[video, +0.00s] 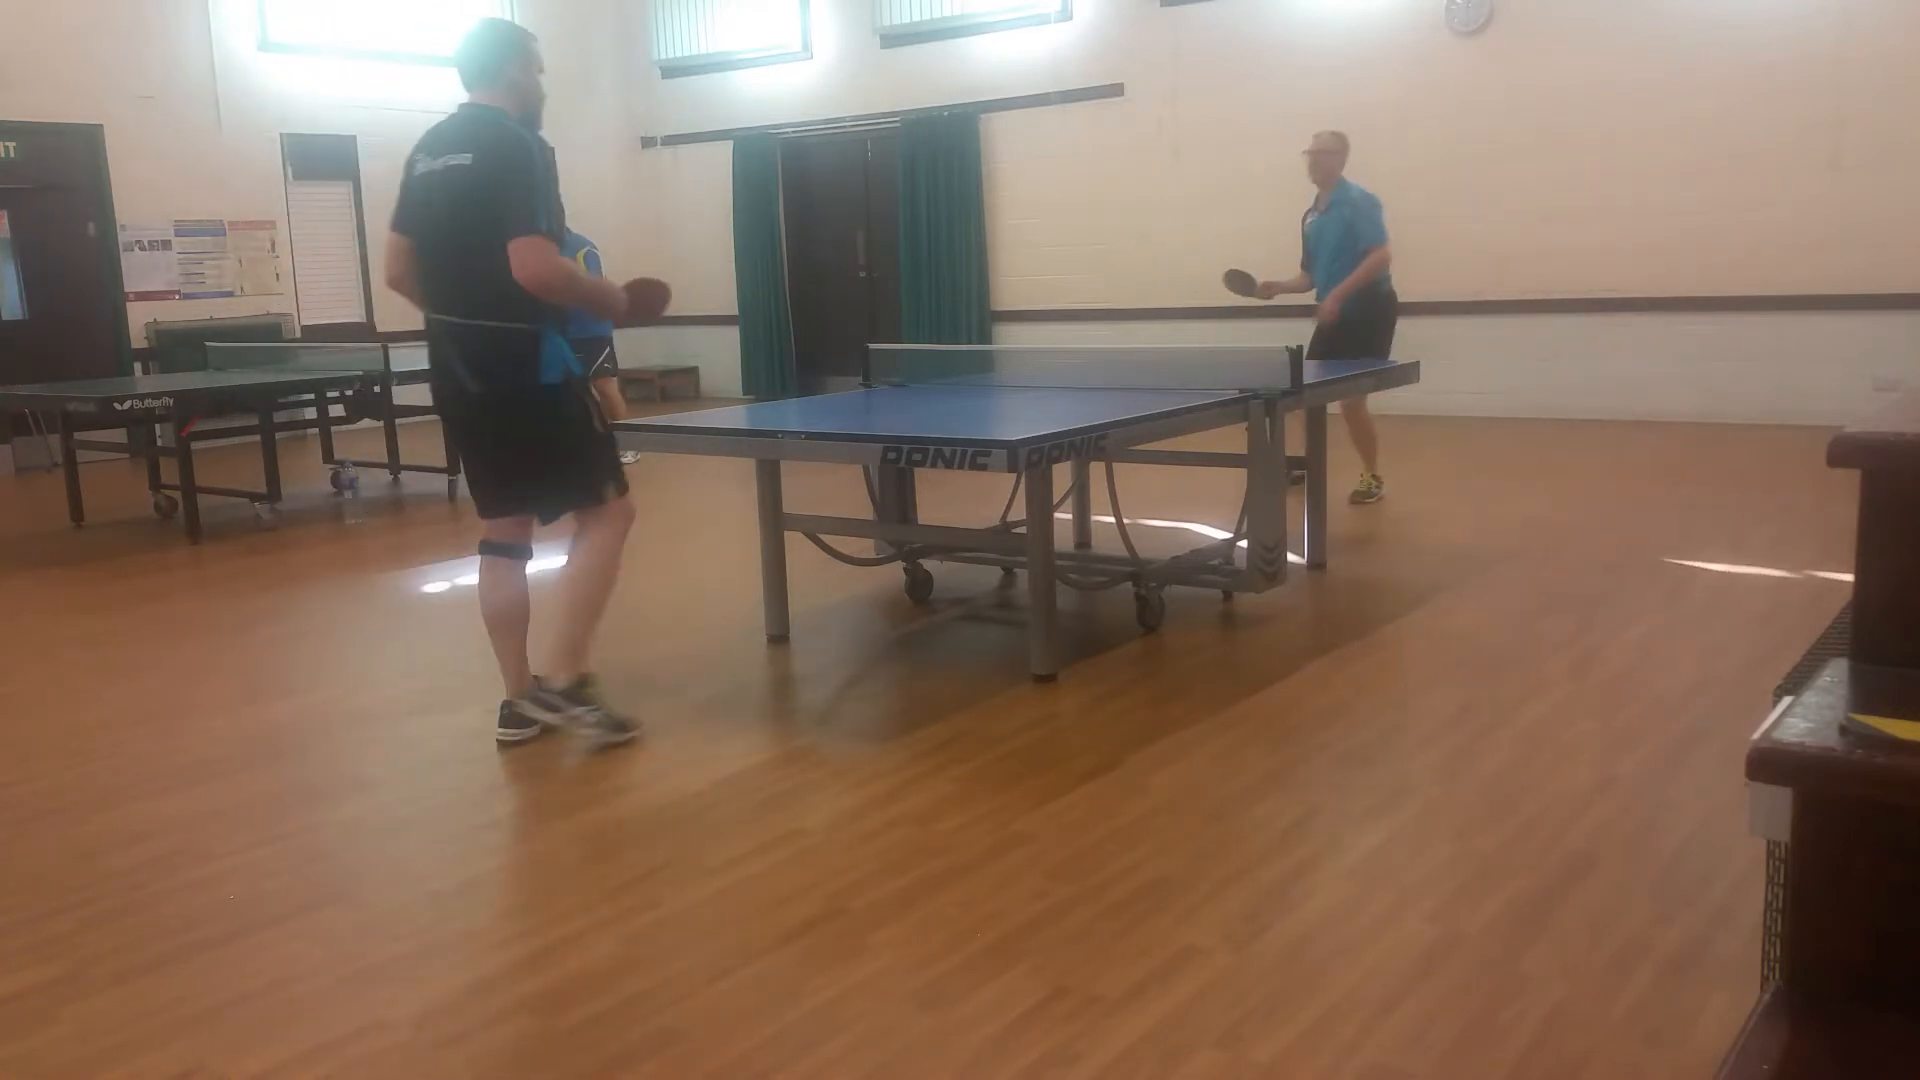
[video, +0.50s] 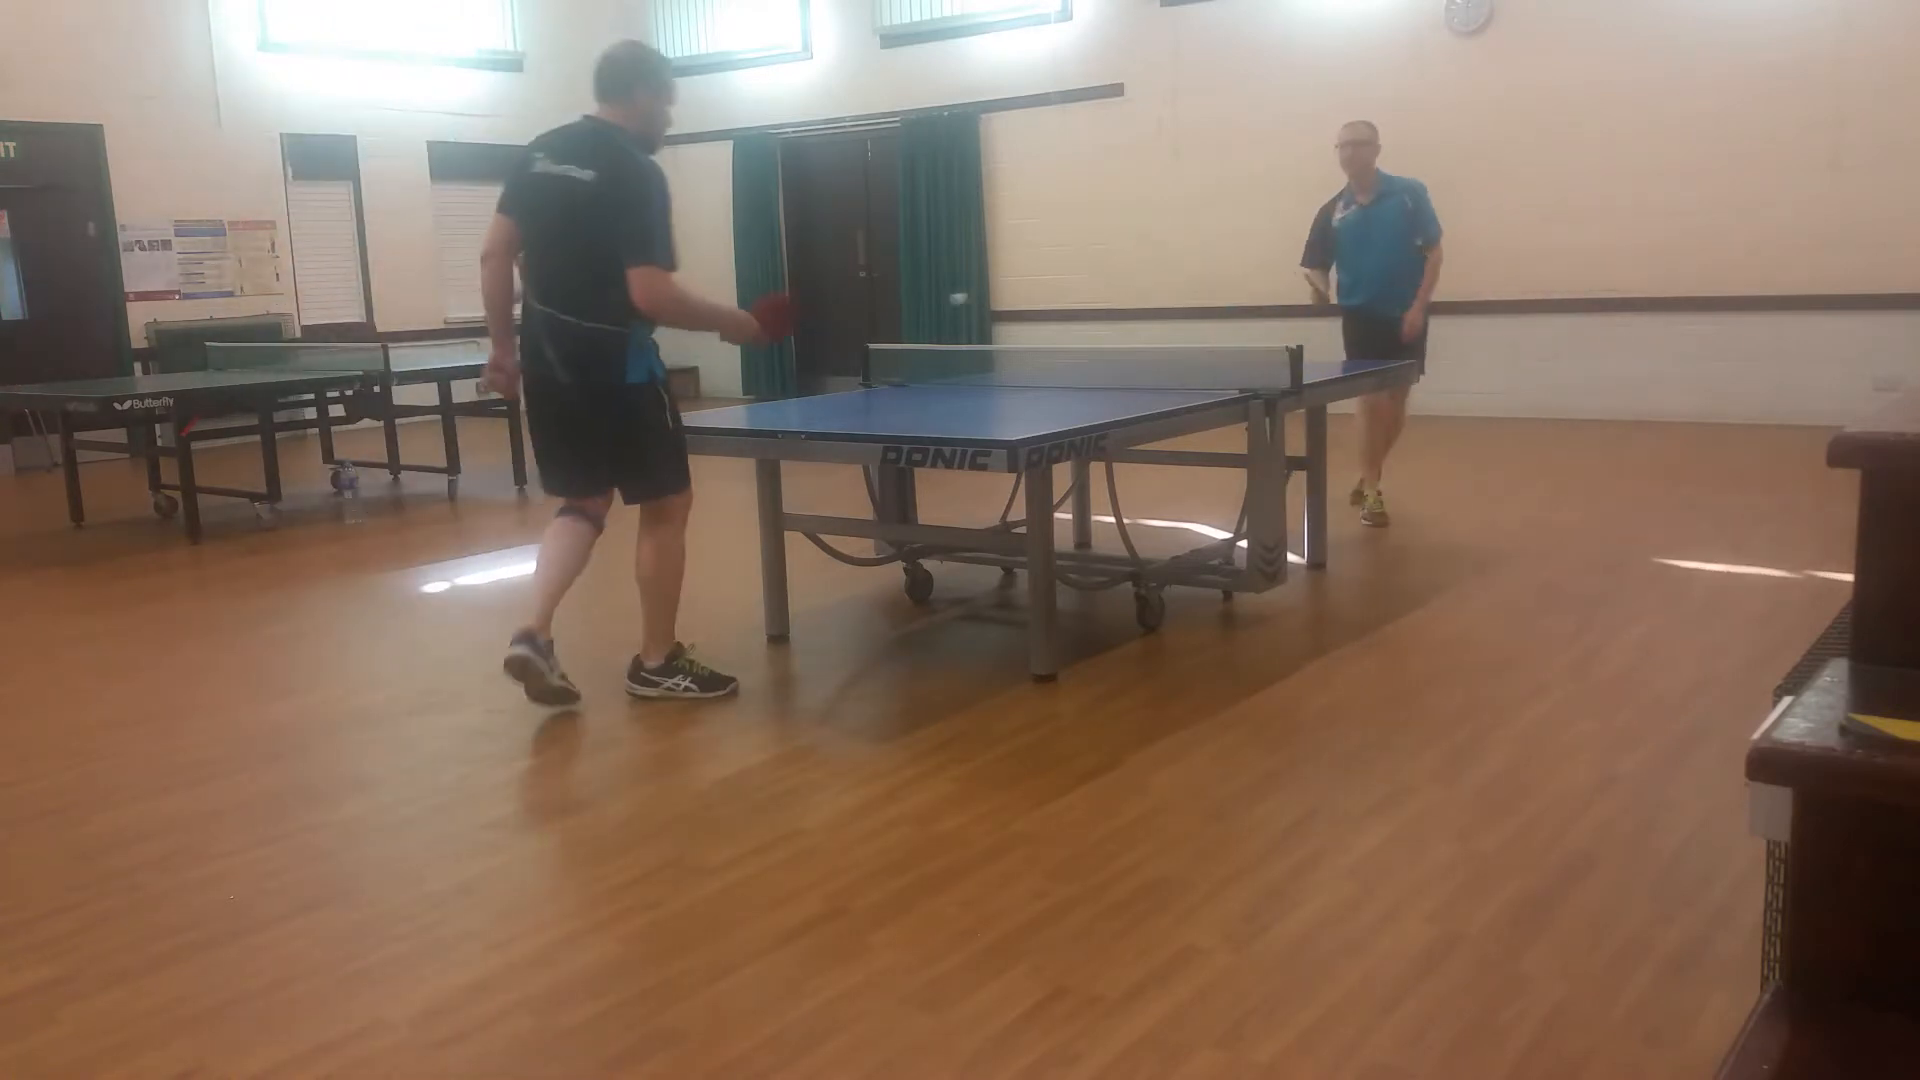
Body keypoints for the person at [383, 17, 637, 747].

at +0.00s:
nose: (542, 84)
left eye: (539, 71)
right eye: (535, 72)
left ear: (472, 75)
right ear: (511, 72)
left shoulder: (427, 146)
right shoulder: (519, 144)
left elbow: (399, 271)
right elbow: (534, 265)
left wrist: (469, 314)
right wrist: (611, 299)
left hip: (460, 367)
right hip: (529, 363)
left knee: (503, 532)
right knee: (607, 511)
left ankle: (518, 702)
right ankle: (563, 679)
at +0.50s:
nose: (670, 116)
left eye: (670, 102)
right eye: (667, 101)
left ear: (603, 94)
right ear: (641, 96)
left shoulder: (541, 151)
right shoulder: (636, 171)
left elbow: (496, 252)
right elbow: (650, 292)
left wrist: (502, 346)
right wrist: (733, 320)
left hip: (547, 363)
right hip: (619, 365)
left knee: (584, 498)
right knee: (666, 498)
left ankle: (533, 634)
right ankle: (658, 659)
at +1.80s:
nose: (616, 187)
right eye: (616, 176)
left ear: (533, 154)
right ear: (607, 167)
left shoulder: (465, 189)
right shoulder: (616, 193)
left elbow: (358, 241)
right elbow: (701, 211)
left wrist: (293, 268)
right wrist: (811, 255)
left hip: (474, 443)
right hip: (597, 436)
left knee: (465, 617)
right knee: (698, 584)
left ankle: (445, 816)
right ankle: (764, 771)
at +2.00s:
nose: (579, 112)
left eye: (578, 99)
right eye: (579, 98)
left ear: (504, 76)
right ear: (564, 85)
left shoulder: (427, 146)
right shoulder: (541, 119)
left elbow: (364, 271)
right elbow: (515, 200)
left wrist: (412, 355)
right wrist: (661, 214)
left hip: (436, 409)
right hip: (535, 400)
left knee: (461, 595)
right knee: (638, 566)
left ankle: (434, 808)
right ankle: (593, 776)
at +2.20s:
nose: (556, 70)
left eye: (553, 53)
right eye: (551, 53)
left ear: (475, 51)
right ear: (526, 49)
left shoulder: (413, 139)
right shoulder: (511, 120)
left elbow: (387, 289)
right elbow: (516, 253)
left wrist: (486, 305)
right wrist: (669, 251)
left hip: (441, 389)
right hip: (519, 394)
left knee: (482, 574)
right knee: (540, 608)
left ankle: (412, 748)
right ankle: (453, 838)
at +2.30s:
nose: (553, 87)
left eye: (550, 70)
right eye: (549, 70)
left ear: (468, 68)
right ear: (526, 67)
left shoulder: (411, 157)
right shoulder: (506, 143)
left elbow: (388, 311)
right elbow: (538, 284)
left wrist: (490, 304)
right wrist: (688, 293)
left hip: (446, 413)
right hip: (515, 416)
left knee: (491, 594)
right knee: (537, 620)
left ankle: (447, 768)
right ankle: (448, 847)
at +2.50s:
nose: (567, 96)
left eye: (565, 80)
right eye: (563, 80)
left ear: (484, 78)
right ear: (537, 79)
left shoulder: (420, 159)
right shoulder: (525, 161)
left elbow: (386, 304)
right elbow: (550, 306)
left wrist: (482, 324)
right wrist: (684, 328)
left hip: (450, 417)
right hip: (530, 413)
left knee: (504, 576)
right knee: (655, 570)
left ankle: (442, 764)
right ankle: (545, 739)